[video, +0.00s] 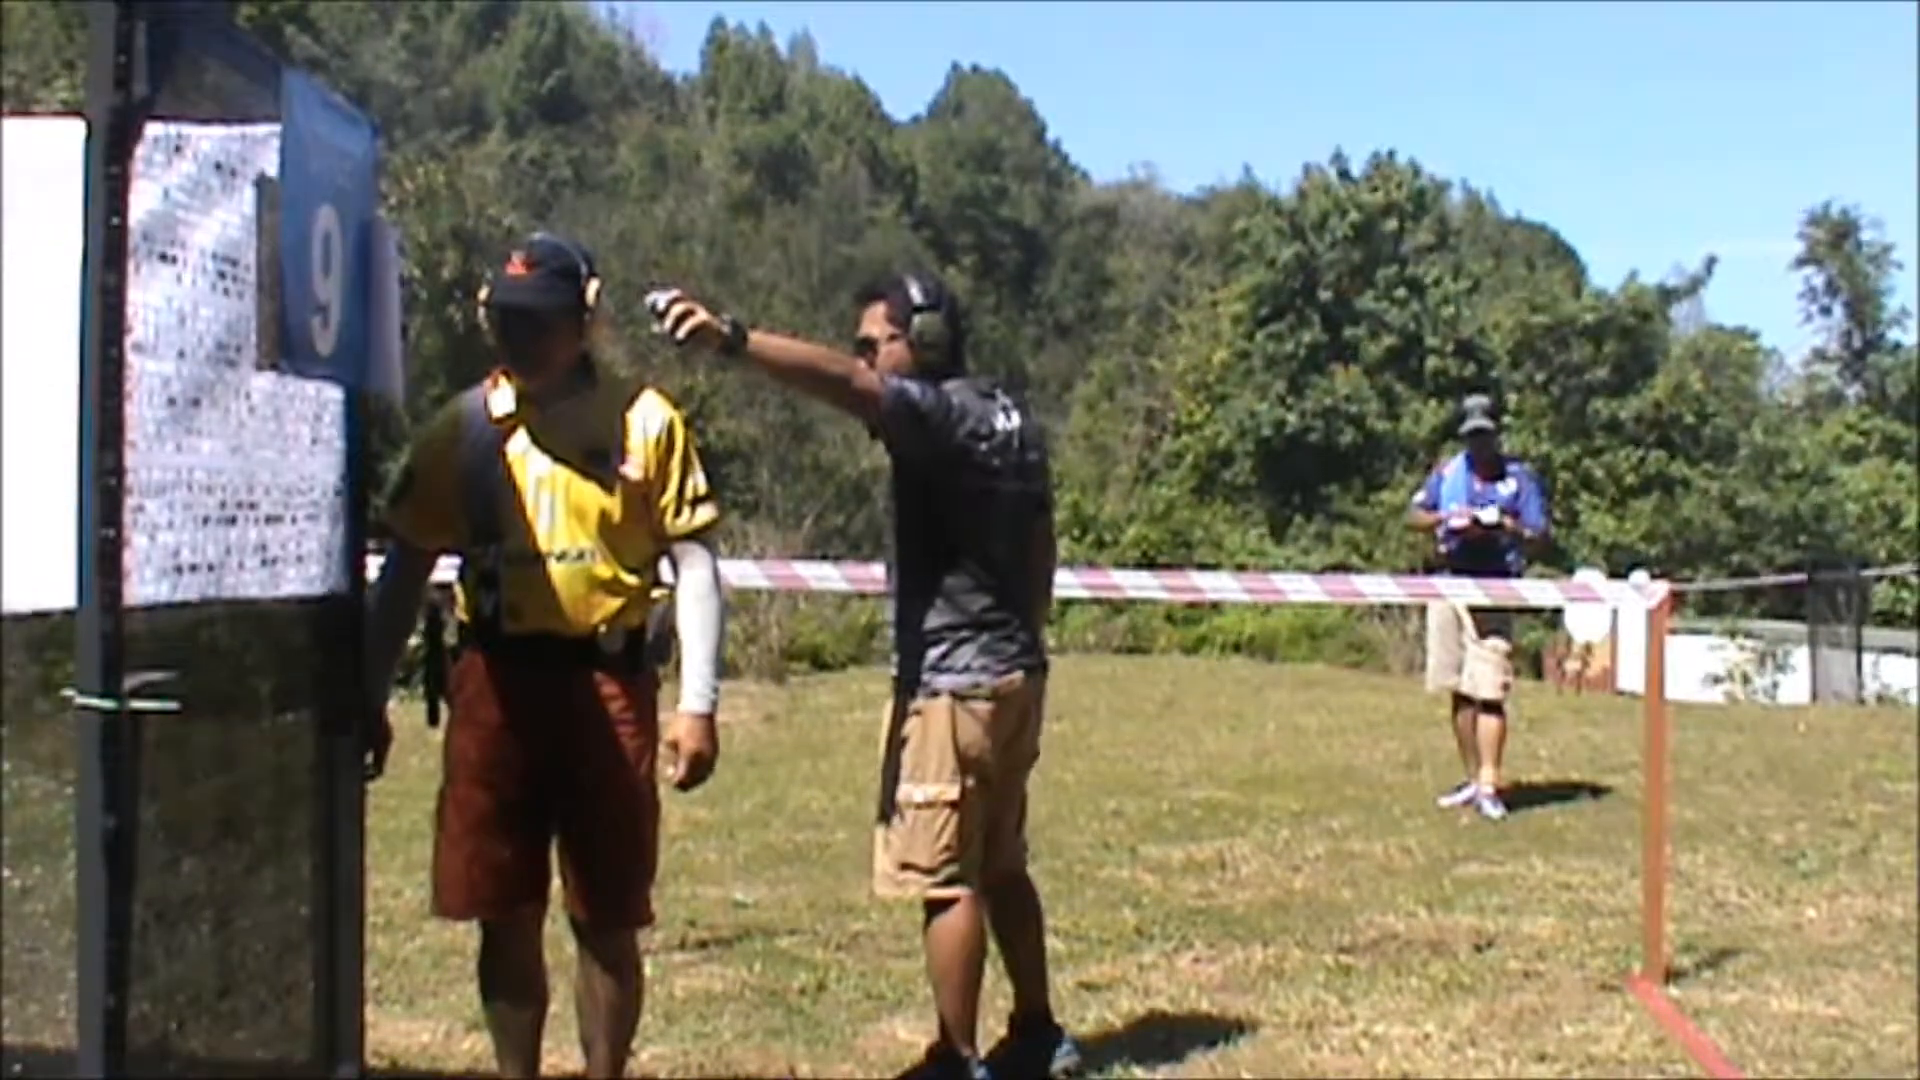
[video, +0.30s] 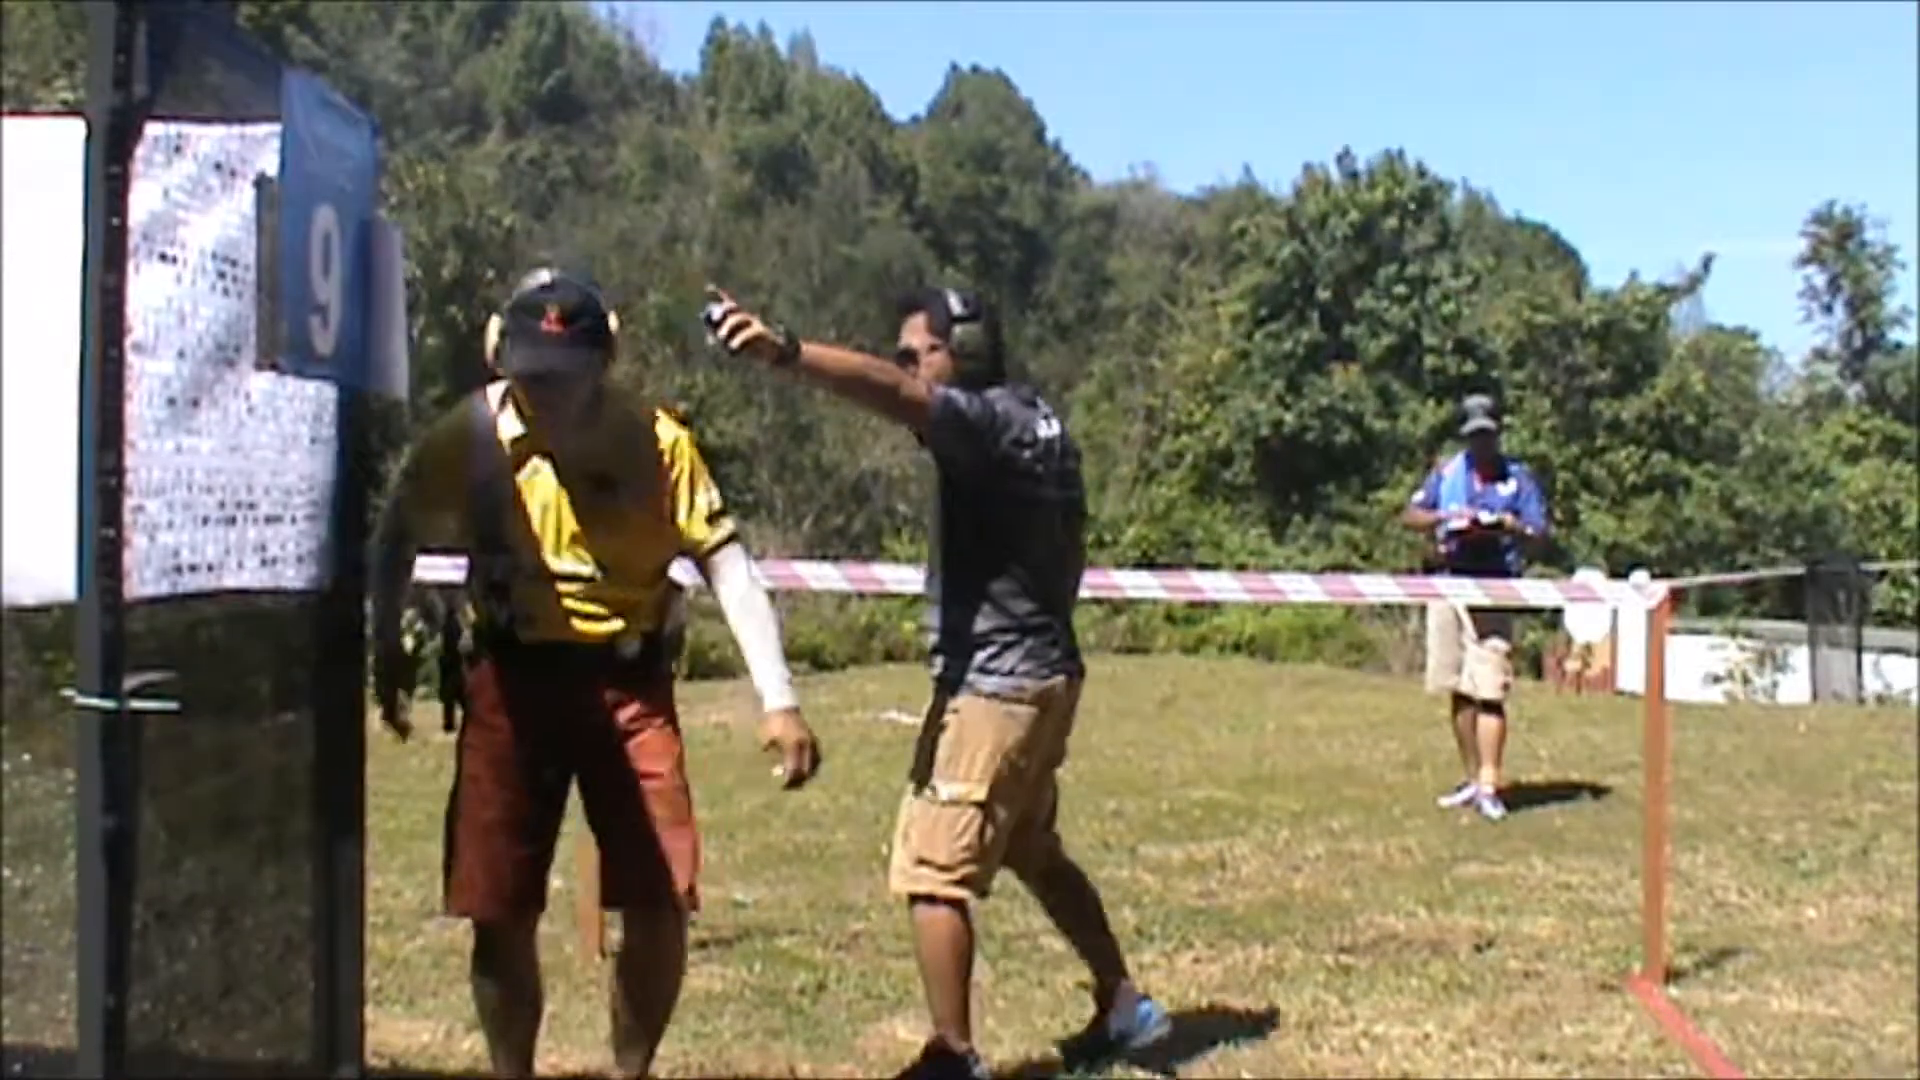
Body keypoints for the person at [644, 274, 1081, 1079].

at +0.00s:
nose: (867, 360)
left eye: (876, 344)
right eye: (864, 344)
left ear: (921, 340)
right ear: (947, 342)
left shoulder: (932, 410)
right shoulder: (1013, 418)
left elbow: (852, 382)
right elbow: (1040, 549)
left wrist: (732, 338)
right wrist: (1024, 641)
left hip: (955, 677)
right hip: (1015, 670)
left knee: (945, 876)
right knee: (1002, 868)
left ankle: (953, 1054)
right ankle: (1036, 1027)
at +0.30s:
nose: (903, 373)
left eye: (913, 357)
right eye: (902, 357)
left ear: (954, 355)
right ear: (985, 355)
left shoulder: (982, 419)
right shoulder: (1048, 425)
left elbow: (893, 388)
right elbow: (1069, 550)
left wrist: (784, 352)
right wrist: (1040, 634)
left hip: (996, 676)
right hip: (1046, 672)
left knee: (935, 864)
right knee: (1031, 845)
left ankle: (950, 1050)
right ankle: (1123, 1004)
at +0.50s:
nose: (982, 396)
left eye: (994, 384)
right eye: (981, 383)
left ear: (1036, 386)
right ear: (1062, 390)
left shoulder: (1056, 445)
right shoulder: (1113, 461)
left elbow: (977, 409)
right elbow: (1084, 586)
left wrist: (882, 365)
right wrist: (1006, 618)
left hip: (1050, 696)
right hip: (1099, 695)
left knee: (948, 868)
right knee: (1071, 856)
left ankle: (952, 1052)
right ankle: (1198, 990)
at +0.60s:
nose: (1051, 414)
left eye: (1062, 397)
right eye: (1047, 399)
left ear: (1101, 392)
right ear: (1121, 397)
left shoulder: (1130, 459)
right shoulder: (1168, 469)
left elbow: (1055, 425)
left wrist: (963, 379)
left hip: (1110, 700)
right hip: (1155, 702)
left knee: (1015, 867)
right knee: (1122, 876)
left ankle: (957, 1041)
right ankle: (1226, 1012)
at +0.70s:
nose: (1096, 410)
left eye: (1105, 397)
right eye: (1093, 398)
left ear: (1143, 395)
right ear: (1151, 398)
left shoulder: (1174, 459)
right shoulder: (1201, 469)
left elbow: (1104, 418)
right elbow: (1180, 607)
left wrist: (1018, 378)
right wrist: (1109, 670)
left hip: (1155, 700)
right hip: (1193, 701)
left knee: (1053, 860)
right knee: (1147, 878)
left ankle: (1008, 1035)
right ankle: (1226, 1014)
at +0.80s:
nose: (1145, 386)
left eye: (1152, 373)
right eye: (1144, 375)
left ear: (1189, 376)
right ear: (1198, 380)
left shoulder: (1239, 451)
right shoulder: (1231, 460)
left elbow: (1168, 409)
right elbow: (1223, 582)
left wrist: (1088, 368)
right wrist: (1165, 659)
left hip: (1218, 685)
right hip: (1216, 683)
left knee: (1114, 838)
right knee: (1173, 856)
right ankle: (1227, 1013)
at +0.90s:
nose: (1180, 390)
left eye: (1190, 375)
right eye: (1178, 377)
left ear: (1228, 373)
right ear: (1210, 376)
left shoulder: (1277, 450)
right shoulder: (1234, 464)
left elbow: (1206, 399)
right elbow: (1242, 580)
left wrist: (1126, 358)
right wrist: (1208, 665)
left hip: (1264, 681)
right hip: (1225, 679)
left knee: (1184, 846)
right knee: (1184, 850)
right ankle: (1225, 1015)